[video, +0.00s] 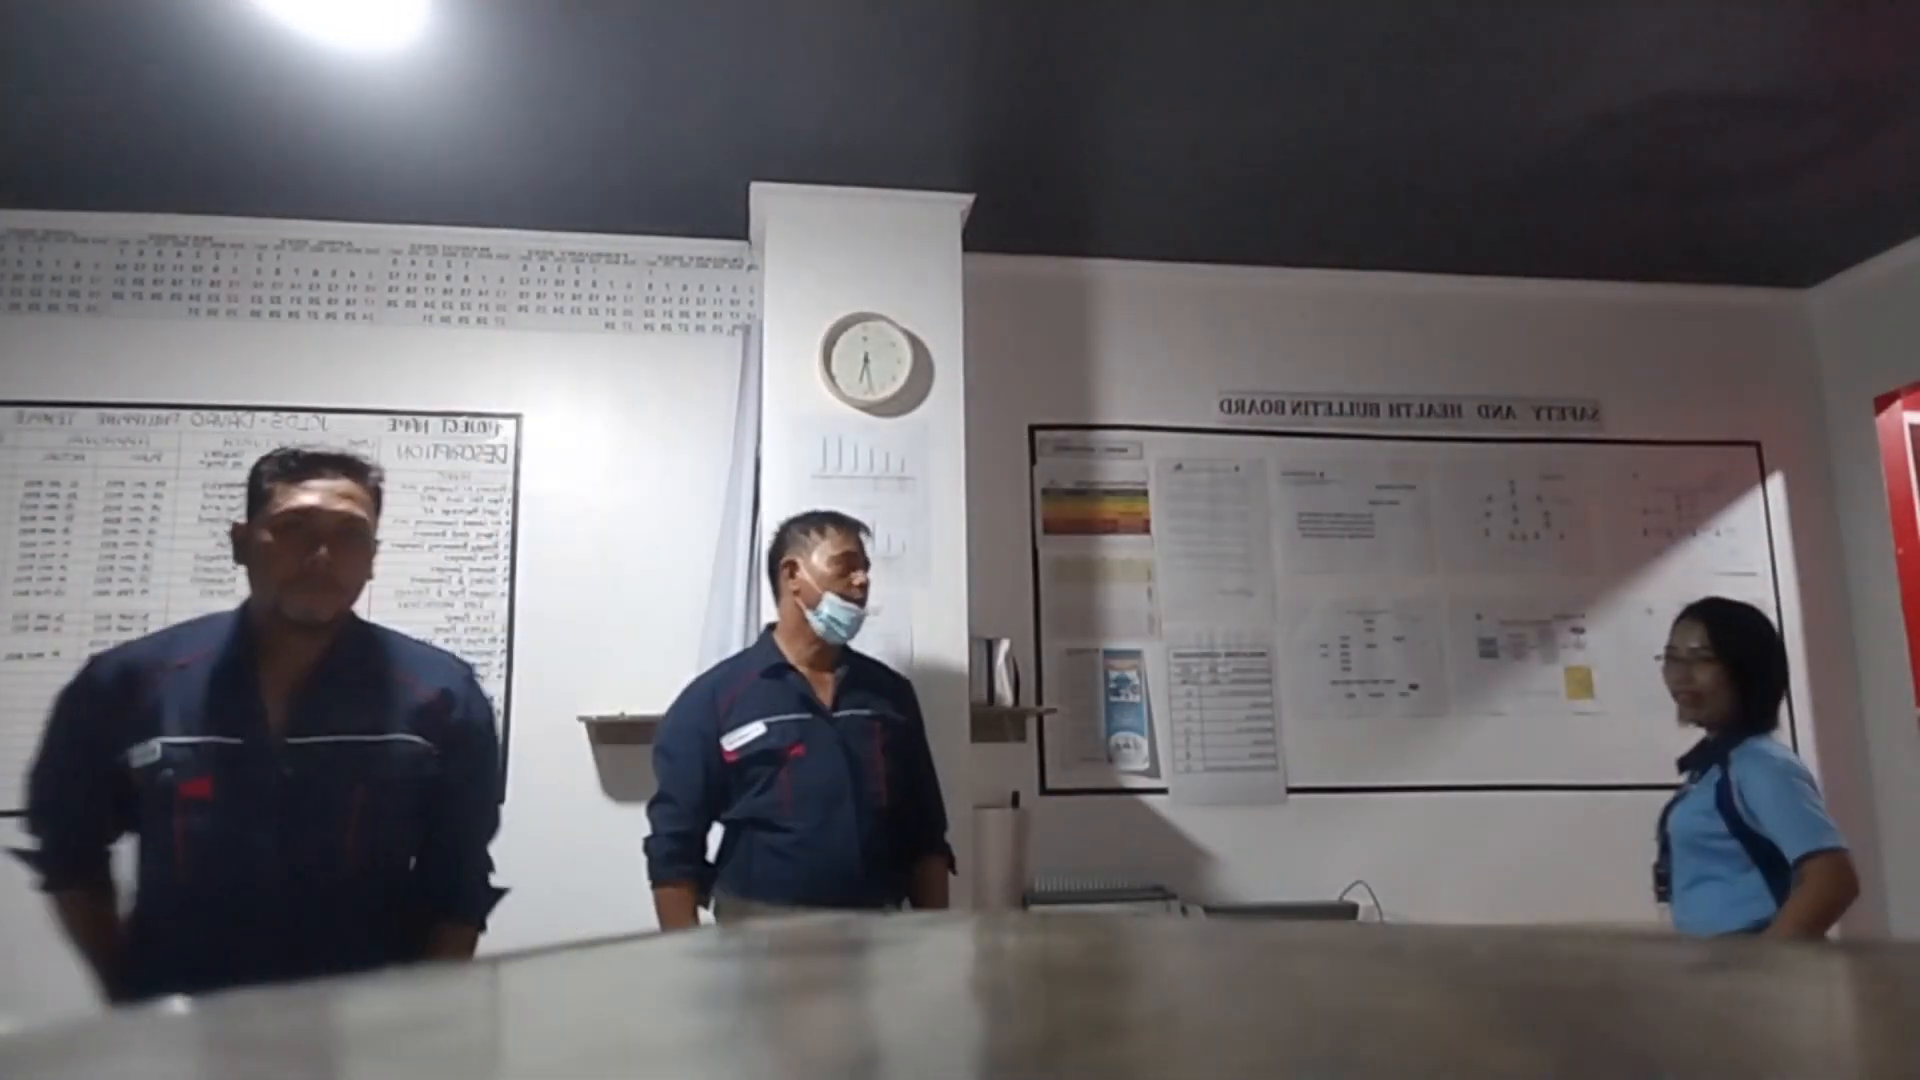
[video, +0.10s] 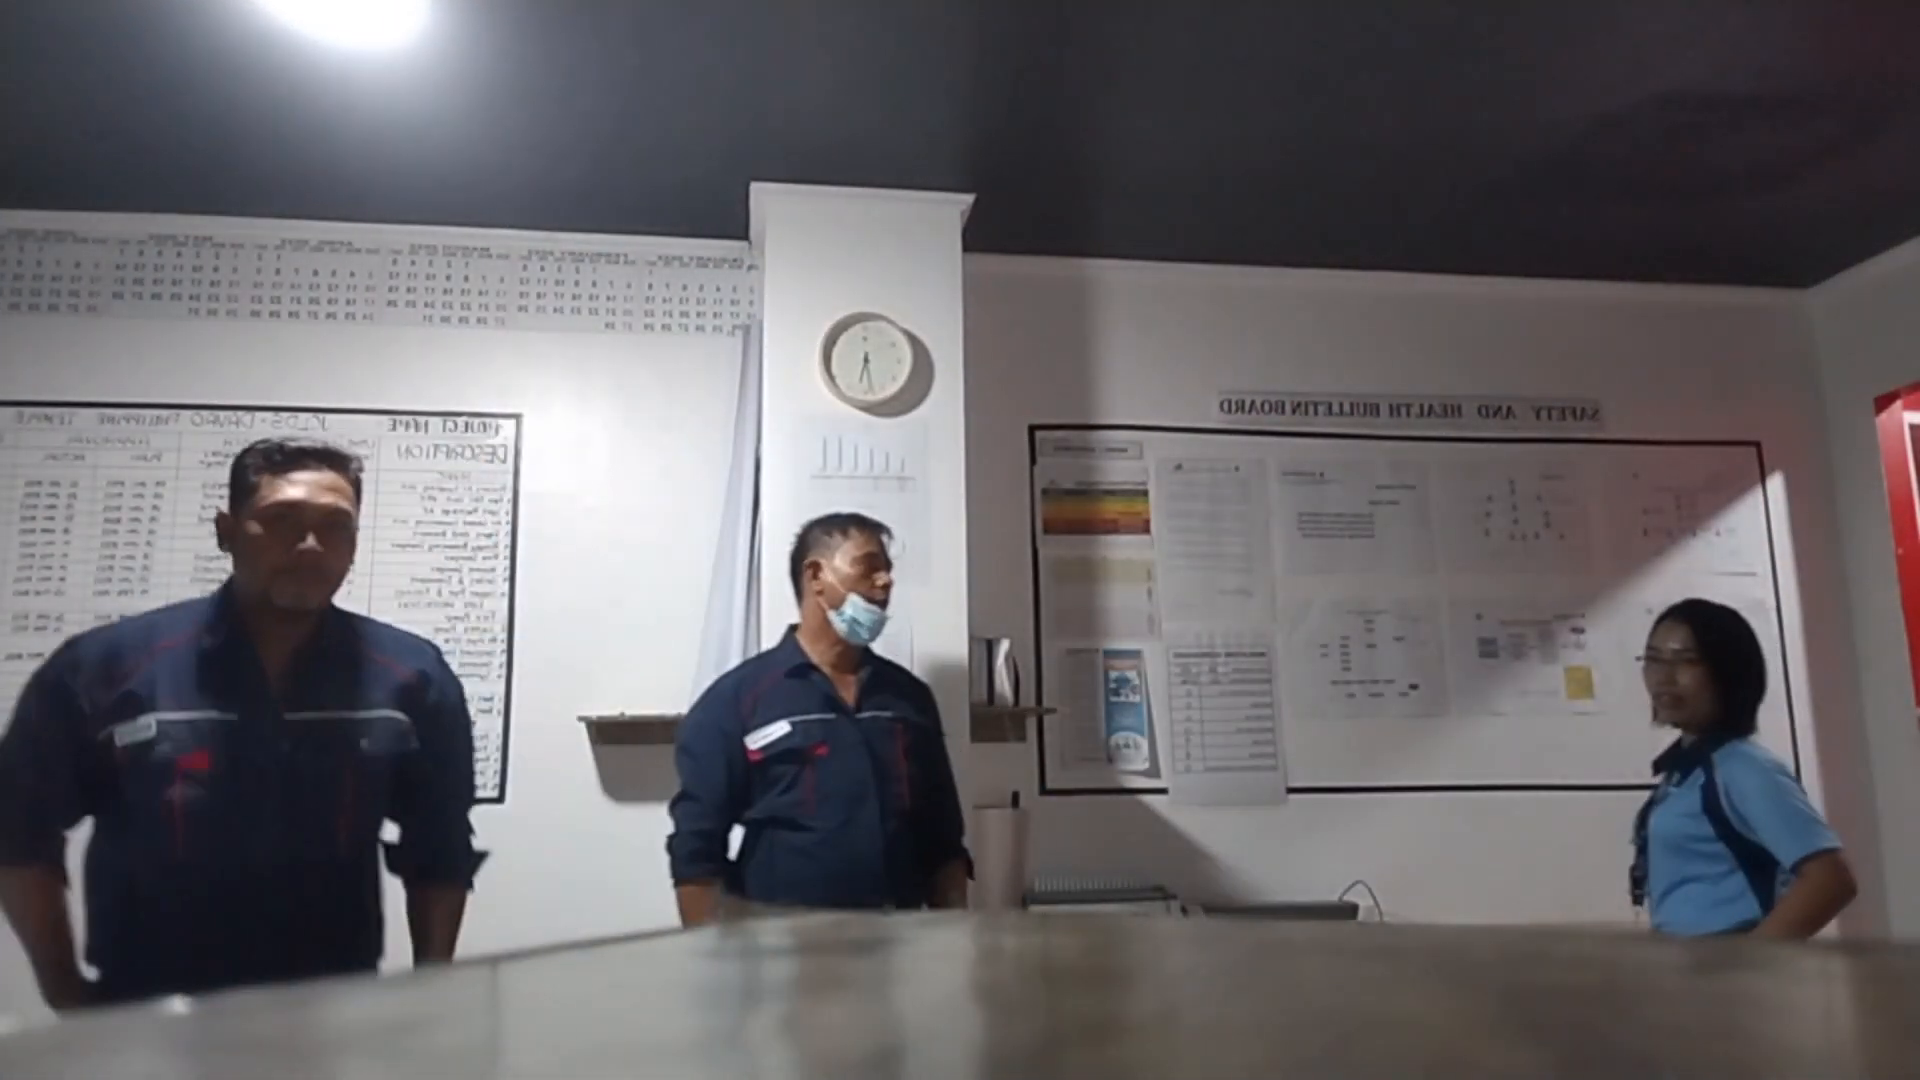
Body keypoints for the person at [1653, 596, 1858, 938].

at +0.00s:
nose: (1679, 675)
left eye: (1701, 659)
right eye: (1671, 659)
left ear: (1745, 667)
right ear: (1663, 664)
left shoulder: (1761, 763)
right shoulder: (1712, 768)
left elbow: (1833, 880)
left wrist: (1758, 969)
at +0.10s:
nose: (1662, 677)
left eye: (1684, 660)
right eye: (1653, 659)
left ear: (1727, 669)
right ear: (1644, 667)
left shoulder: (1742, 767)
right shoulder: (1683, 769)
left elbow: (1830, 880)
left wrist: (1747, 962)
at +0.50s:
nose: (1590, 675)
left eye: (1612, 662)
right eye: (1576, 660)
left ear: (1644, 675)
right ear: (1560, 677)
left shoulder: (1675, 777)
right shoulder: (1560, 784)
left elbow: (1772, 880)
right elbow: (1575, 884)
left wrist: (1676, 923)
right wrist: (1522, 941)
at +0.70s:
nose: (1549, 678)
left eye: (1570, 664)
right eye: (1533, 663)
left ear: (1598, 680)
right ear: (1514, 679)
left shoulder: (1624, 778)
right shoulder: (1507, 785)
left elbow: (1713, 883)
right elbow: (1506, 876)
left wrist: (1622, 941)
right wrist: (1466, 910)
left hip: (1597, 980)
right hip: (1518, 979)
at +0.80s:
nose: (1527, 675)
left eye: (1548, 663)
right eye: (1511, 661)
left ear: (1575, 680)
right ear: (1492, 677)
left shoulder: (1597, 773)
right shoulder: (1484, 783)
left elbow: (1684, 879)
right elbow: (1477, 877)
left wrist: (1596, 943)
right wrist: (1440, 902)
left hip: (1574, 973)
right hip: (1495, 972)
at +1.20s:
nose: (1486, 679)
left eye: (1501, 664)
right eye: (1466, 665)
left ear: (1520, 680)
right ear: (1441, 686)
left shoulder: (1561, 772)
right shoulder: (1421, 793)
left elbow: (1633, 880)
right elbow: (1418, 898)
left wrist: (1598, 975)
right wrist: (1420, 977)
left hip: (1562, 976)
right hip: (1466, 981)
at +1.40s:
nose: (1520, 686)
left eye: (1528, 673)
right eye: (1501, 673)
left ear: (1542, 686)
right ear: (1464, 690)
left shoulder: (1580, 776)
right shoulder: (1437, 793)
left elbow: (1641, 873)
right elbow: (1421, 899)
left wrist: (1626, 958)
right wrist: (1446, 970)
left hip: (1586, 969)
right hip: (1487, 972)